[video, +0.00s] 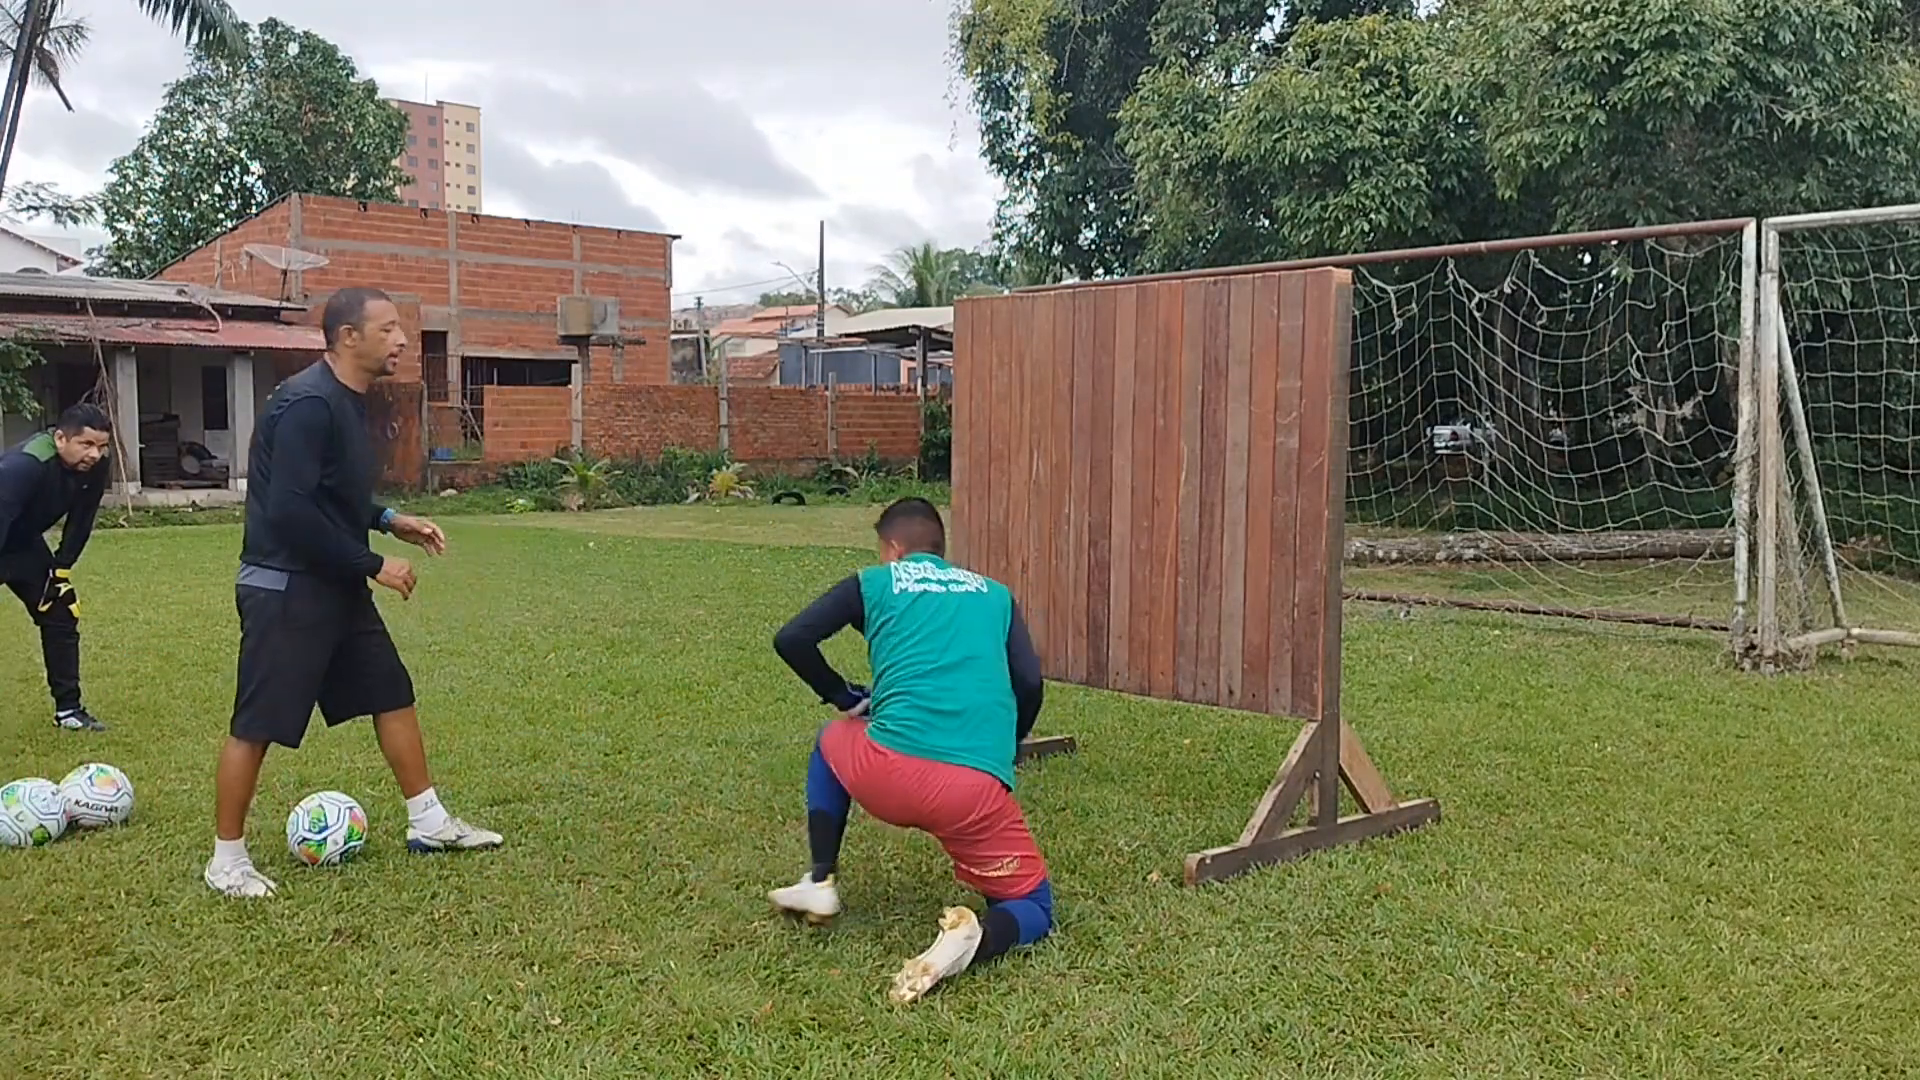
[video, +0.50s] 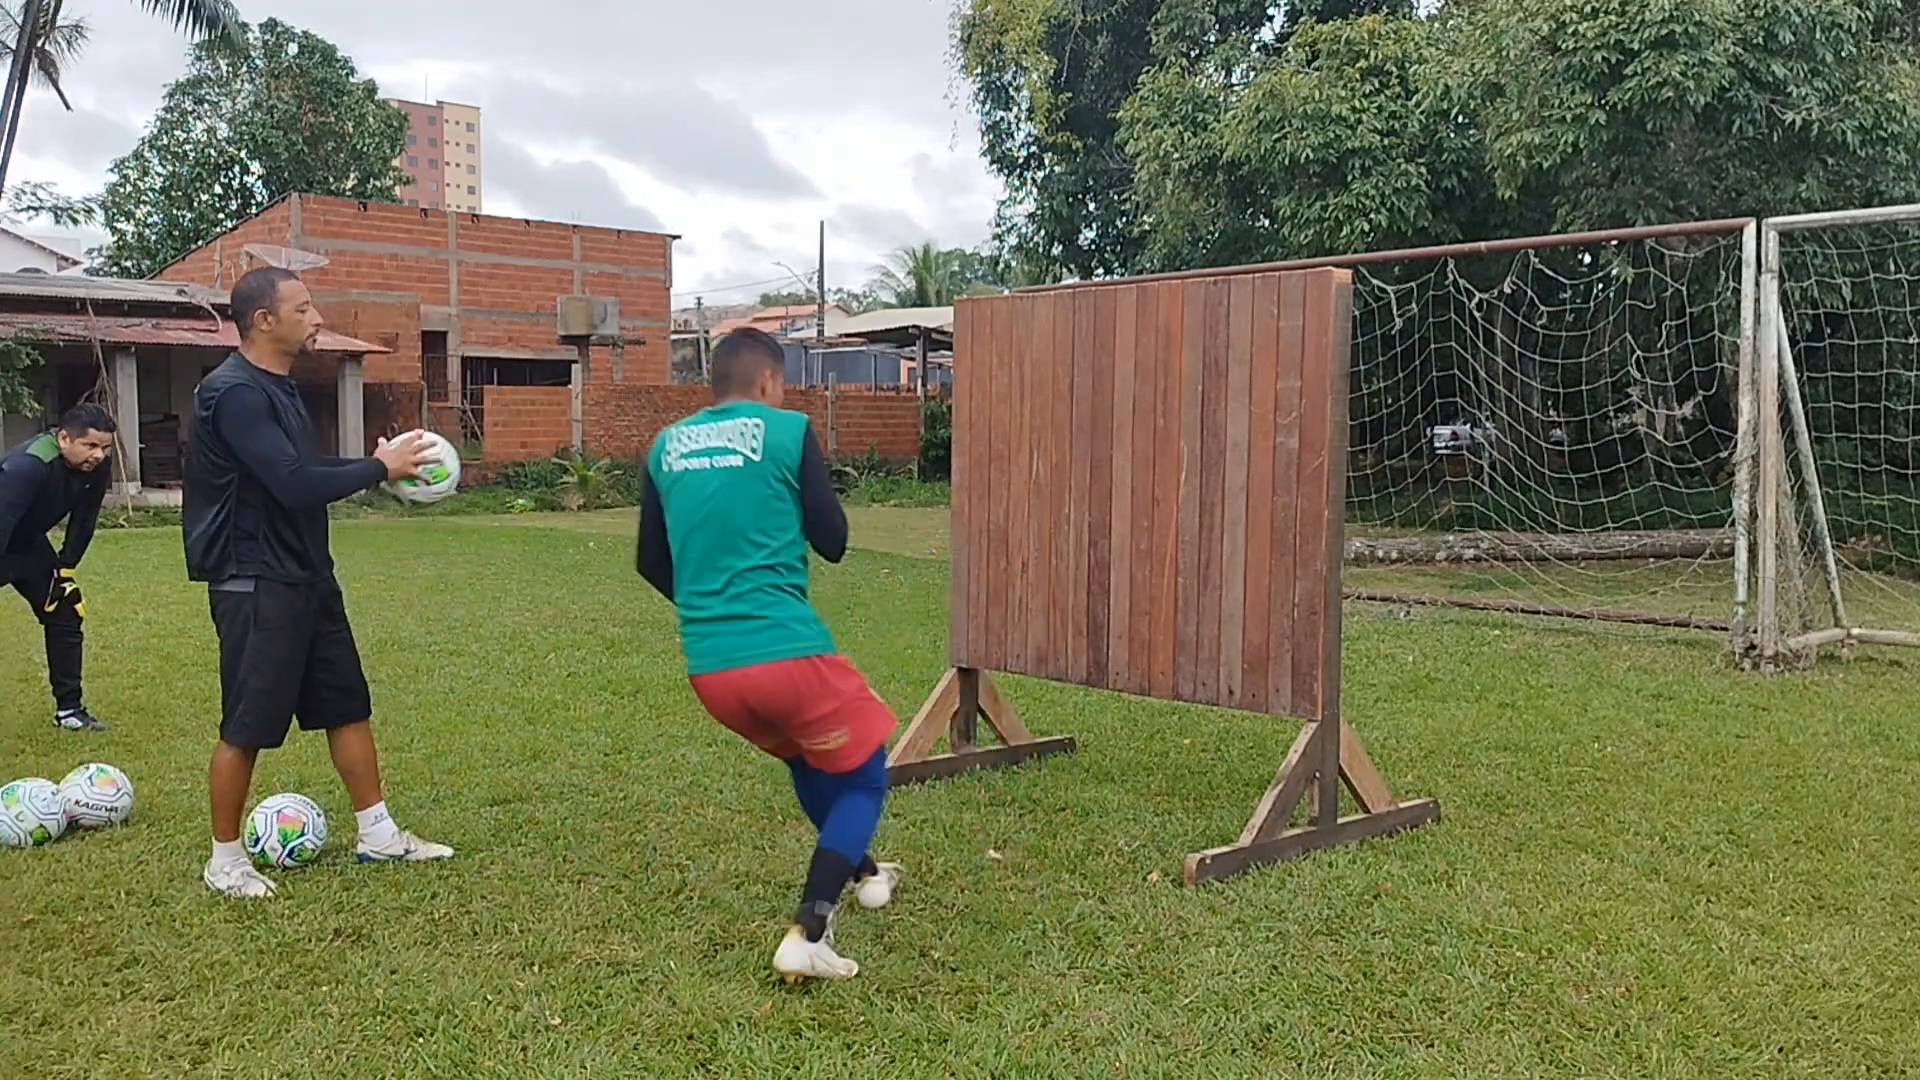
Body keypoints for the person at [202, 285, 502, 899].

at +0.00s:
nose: (398, 340)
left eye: (397, 329)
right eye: (387, 329)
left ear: (356, 340)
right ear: (347, 338)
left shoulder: (347, 401)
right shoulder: (306, 404)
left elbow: (338, 495)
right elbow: (289, 511)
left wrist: (393, 521)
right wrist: (374, 564)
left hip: (336, 585)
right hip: (283, 588)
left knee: (393, 695)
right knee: (254, 724)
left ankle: (429, 822)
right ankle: (227, 860)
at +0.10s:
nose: (373, 331)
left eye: (370, 318)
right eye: (360, 320)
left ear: (332, 329)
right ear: (320, 329)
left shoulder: (323, 396)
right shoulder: (283, 399)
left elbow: (326, 487)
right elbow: (277, 506)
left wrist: (395, 499)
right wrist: (375, 532)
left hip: (330, 587)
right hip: (275, 589)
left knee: (383, 692)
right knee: (253, 724)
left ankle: (390, 827)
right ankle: (227, 859)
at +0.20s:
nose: (353, 325)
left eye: (350, 312)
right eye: (340, 314)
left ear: (310, 325)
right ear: (299, 326)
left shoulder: (310, 394)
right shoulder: (262, 398)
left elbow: (331, 480)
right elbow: (280, 501)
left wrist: (413, 477)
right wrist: (384, 492)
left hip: (320, 584)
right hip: (268, 589)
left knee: (367, 700)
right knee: (251, 724)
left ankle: (381, 834)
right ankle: (227, 859)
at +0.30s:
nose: (335, 319)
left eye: (331, 308)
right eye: (322, 310)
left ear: (291, 322)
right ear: (282, 322)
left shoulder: (299, 391)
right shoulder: (249, 394)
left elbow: (328, 475)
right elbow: (289, 489)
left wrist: (406, 457)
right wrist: (383, 451)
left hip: (313, 580)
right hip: (261, 585)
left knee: (358, 701)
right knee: (250, 723)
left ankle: (380, 835)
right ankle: (227, 860)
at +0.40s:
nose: (323, 319)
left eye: (320, 307)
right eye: (310, 309)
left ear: (278, 320)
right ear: (270, 320)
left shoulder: (293, 390)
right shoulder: (240, 393)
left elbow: (319, 474)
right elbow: (295, 483)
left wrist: (403, 453)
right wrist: (381, 434)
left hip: (309, 579)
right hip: (255, 583)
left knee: (350, 703)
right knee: (248, 722)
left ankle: (378, 834)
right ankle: (226, 858)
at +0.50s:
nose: (317, 318)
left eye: (312, 306)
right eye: (303, 309)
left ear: (270, 321)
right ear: (264, 322)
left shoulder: (282, 389)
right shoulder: (237, 394)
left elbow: (305, 474)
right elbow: (293, 486)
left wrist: (379, 465)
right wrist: (378, 465)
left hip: (307, 579)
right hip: (254, 585)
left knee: (345, 705)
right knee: (246, 725)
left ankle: (378, 833)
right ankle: (226, 858)